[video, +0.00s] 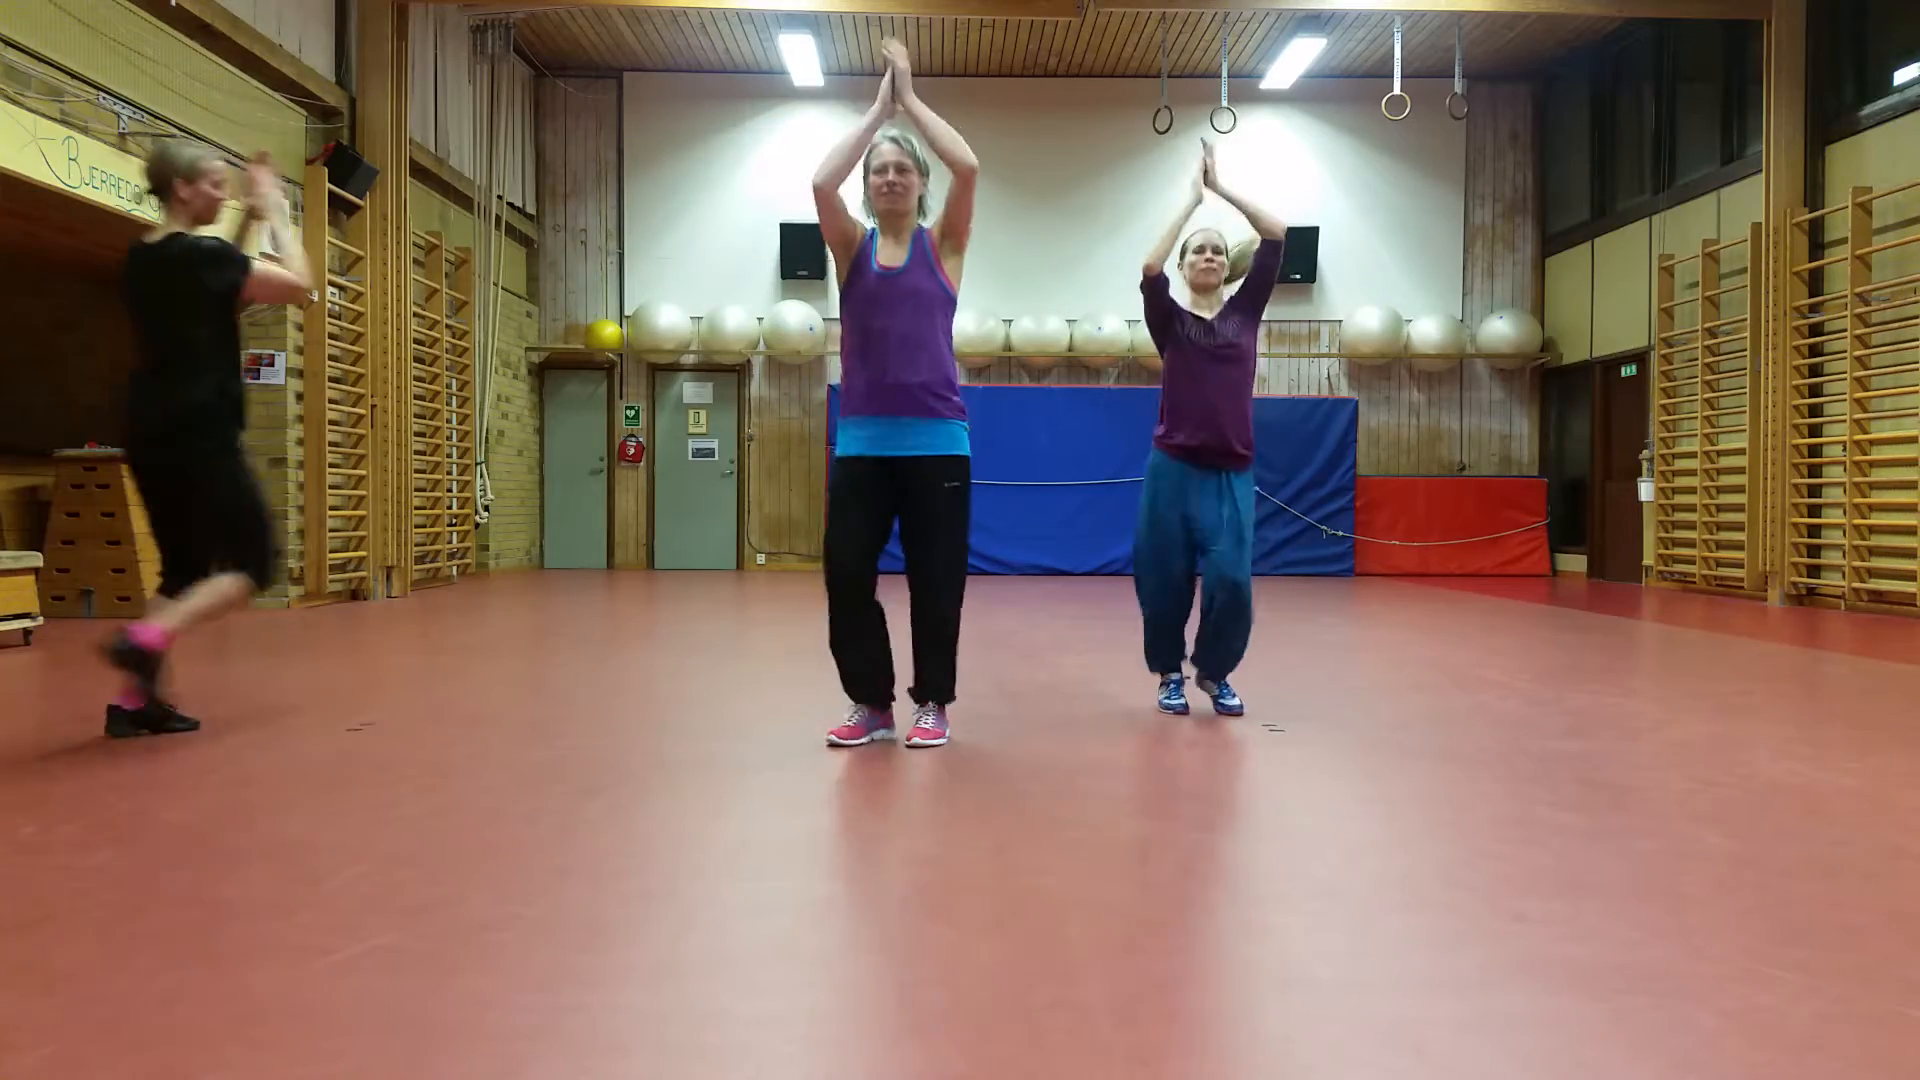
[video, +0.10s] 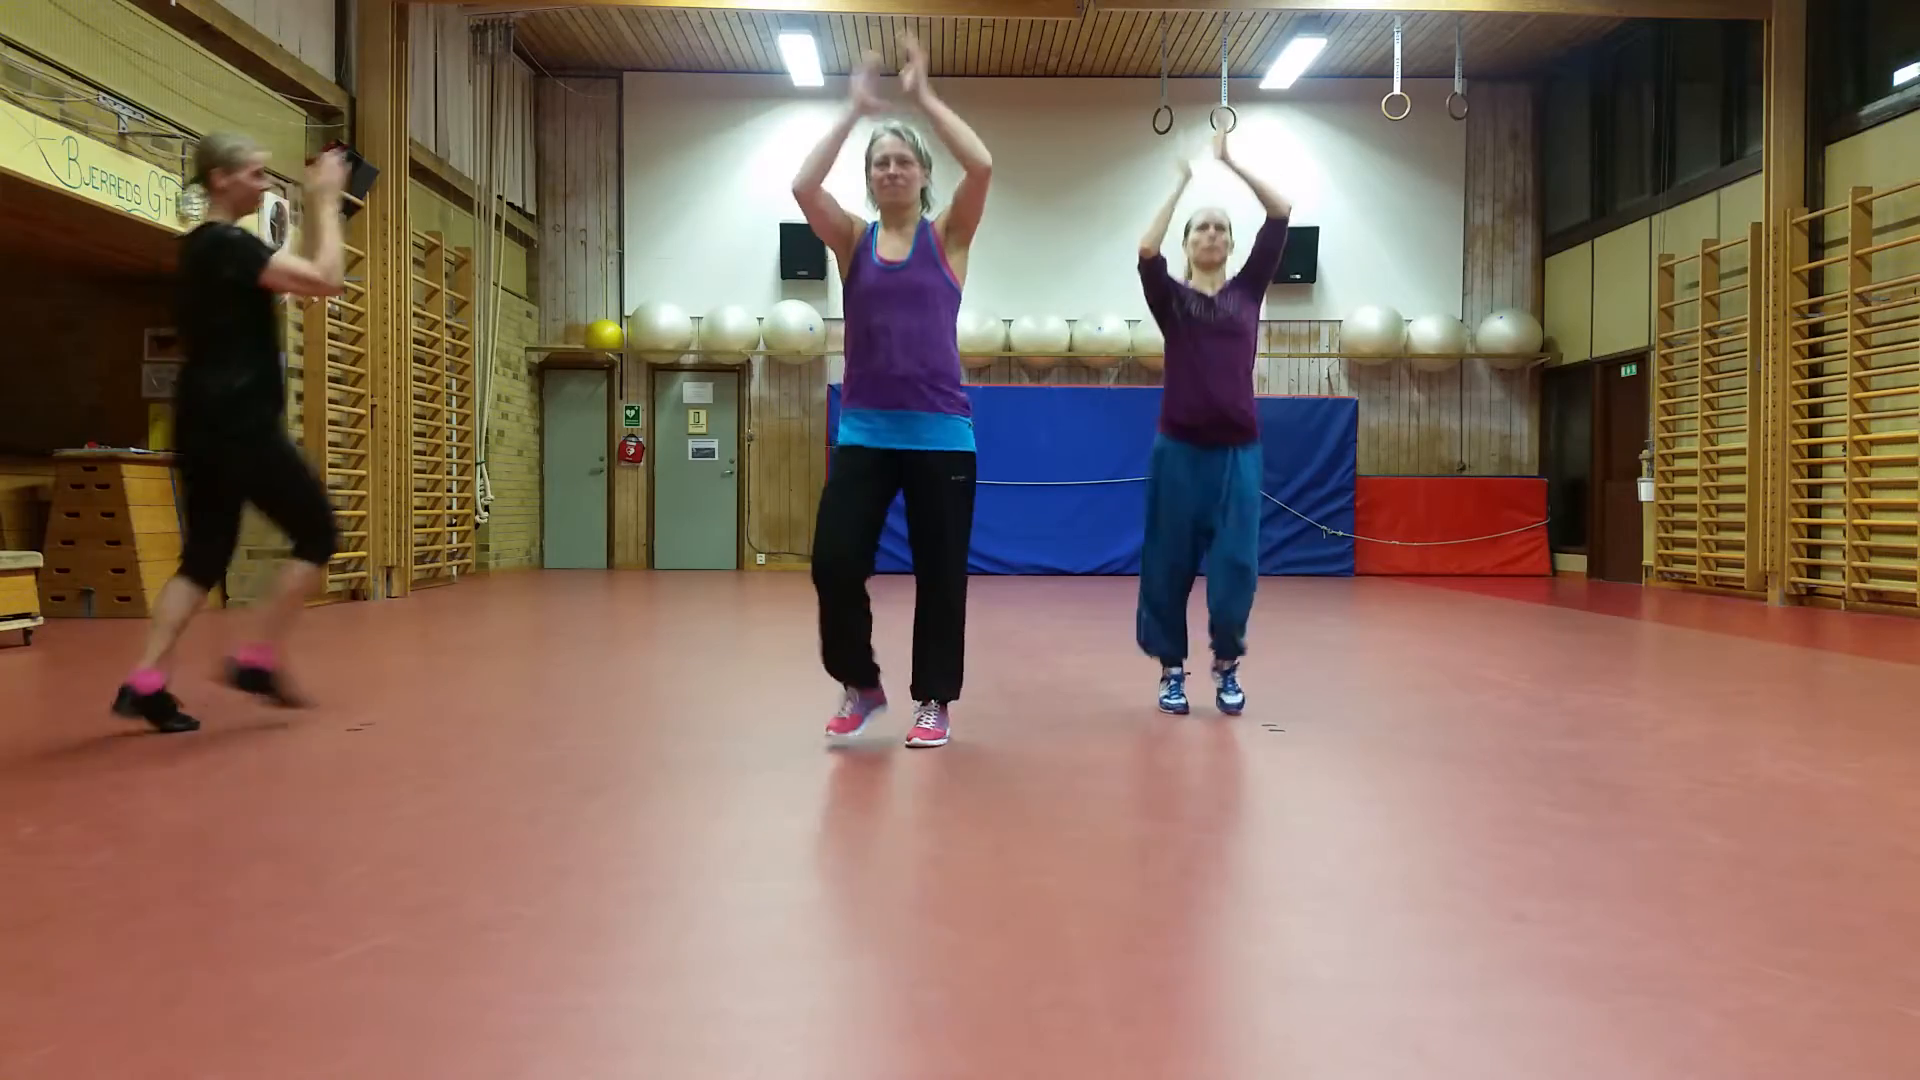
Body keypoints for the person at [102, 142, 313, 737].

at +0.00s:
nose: (223, 195)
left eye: (224, 185)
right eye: (216, 184)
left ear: (171, 193)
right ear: (183, 189)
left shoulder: (140, 256)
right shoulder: (208, 256)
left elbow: (222, 283)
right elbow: (300, 283)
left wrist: (251, 213)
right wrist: (273, 210)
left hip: (149, 435)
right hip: (203, 435)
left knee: (182, 564)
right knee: (252, 563)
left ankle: (142, 700)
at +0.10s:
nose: (265, 182)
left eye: (265, 174)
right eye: (256, 173)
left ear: (221, 182)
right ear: (220, 180)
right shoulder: (229, 244)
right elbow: (324, 277)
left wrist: (323, 204)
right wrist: (325, 195)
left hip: (202, 431)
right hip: (243, 430)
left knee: (204, 555)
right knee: (318, 535)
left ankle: (145, 682)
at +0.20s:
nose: (305, 191)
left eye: (305, 182)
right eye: (295, 181)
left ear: (274, 188)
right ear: (261, 185)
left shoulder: (264, 242)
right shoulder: (261, 245)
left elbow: (349, 270)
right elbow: (349, 272)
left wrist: (364, 202)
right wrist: (365, 202)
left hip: (252, 419)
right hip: (289, 419)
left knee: (251, 543)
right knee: (339, 533)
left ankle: (186, 664)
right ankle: (343, 663)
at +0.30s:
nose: (342, 219)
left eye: (343, 210)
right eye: (333, 209)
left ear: (311, 217)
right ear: (297, 213)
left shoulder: (311, 271)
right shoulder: (302, 276)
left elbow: (386, 285)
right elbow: (388, 290)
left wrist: (396, 220)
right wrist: (391, 220)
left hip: (309, 443)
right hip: (330, 444)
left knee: (322, 561)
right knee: (365, 556)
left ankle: (231, 649)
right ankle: (340, 681)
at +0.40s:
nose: (375, 231)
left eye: (377, 222)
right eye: (365, 221)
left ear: (360, 227)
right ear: (333, 225)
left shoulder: (344, 281)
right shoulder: (332, 285)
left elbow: (416, 305)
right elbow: (422, 307)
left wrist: (426, 238)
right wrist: (429, 233)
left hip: (363, 445)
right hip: (356, 449)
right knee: (394, 561)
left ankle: (302, 621)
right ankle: (341, 683)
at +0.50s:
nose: (410, 211)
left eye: (410, 202)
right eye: (400, 202)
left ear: (385, 210)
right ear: (368, 209)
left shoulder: (380, 263)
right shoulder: (366, 265)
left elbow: (455, 291)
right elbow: (459, 287)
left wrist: (462, 214)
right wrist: (464, 215)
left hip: (400, 432)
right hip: (382, 435)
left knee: (461, 523)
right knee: (398, 561)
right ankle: (342, 671)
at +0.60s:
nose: (441, 208)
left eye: (443, 199)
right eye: (432, 199)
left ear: (431, 205)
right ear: (400, 204)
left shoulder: (424, 256)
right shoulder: (398, 256)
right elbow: (492, 278)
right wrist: (494, 203)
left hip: (438, 414)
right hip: (410, 416)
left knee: (475, 525)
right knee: (448, 533)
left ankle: (468, 641)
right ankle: (367, 648)